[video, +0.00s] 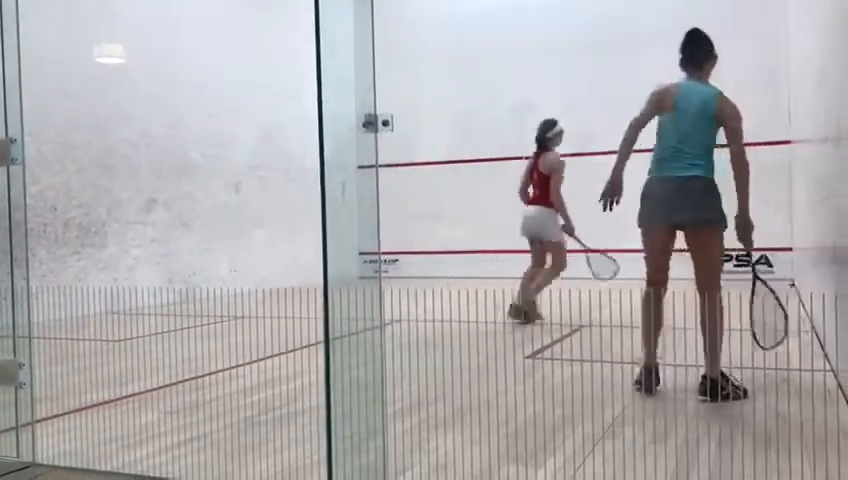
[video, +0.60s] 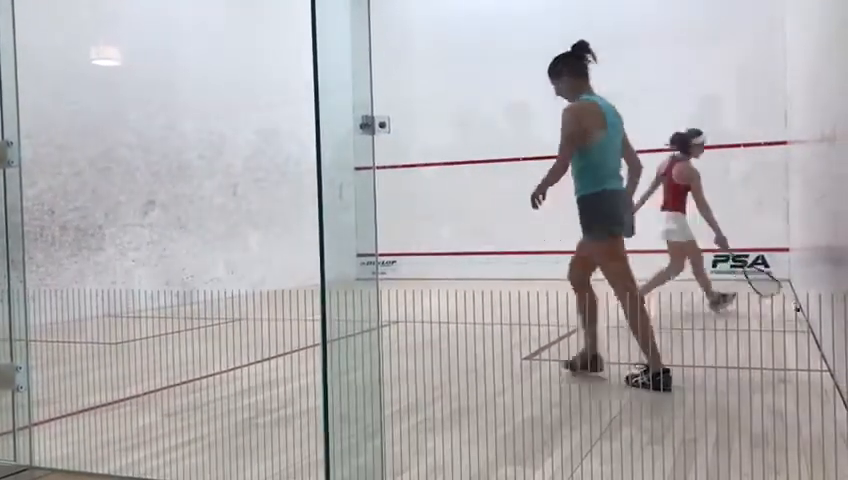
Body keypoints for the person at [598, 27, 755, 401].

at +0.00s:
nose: (714, 65)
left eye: (708, 61)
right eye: (714, 61)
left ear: (682, 62)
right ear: (712, 62)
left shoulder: (663, 94)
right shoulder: (723, 105)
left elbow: (634, 127)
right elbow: (739, 163)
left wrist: (615, 175)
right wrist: (744, 214)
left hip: (657, 196)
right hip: (700, 197)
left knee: (654, 284)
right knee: (709, 289)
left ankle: (648, 369)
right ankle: (713, 376)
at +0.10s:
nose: (682, 63)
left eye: (670, 58)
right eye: (689, 56)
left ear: (662, 59)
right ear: (695, 57)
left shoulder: (650, 94)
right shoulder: (712, 101)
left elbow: (634, 135)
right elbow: (726, 160)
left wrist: (621, 176)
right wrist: (729, 209)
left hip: (657, 195)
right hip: (700, 195)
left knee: (648, 284)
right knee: (707, 289)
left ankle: (656, 369)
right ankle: (716, 375)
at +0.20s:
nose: (663, 64)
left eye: (648, 62)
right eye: (672, 57)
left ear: (645, 62)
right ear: (675, 58)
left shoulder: (639, 97)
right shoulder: (697, 101)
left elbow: (622, 146)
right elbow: (709, 163)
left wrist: (612, 181)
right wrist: (706, 203)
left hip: (649, 197)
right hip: (690, 196)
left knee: (647, 285)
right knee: (704, 286)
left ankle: (658, 366)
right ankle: (721, 371)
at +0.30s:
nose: (625, 70)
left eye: (624, 65)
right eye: (630, 64)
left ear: (625, 65)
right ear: (655, 60)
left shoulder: (622, 102)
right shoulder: (678, 103)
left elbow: (610, 152)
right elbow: (692, 162)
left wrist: (598, 194)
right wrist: (678, 195)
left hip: (635, 204)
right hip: (676, 201)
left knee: (639, 293)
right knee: (692, 286)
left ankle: (658, 368)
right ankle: (717, 363)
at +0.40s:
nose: (603, 77)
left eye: (603, 71)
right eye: (603, 70)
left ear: (607, 69)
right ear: (632, 64)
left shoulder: (606, 103)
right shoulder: (657, 103)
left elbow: (595, 149)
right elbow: (675, 160)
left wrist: (582, 189)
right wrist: (660, 192)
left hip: (620, 202)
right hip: (657, 200)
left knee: (634, 292)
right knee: (660, 281)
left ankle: (657, 370)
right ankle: (695, 345)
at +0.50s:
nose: (580, 82)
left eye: (580, 74)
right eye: (578, 75)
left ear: (589, 70)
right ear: (606, 67)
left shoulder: (590, 105)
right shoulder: (633, 104)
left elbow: (582, 154)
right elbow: (655, 156)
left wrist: (565, 185)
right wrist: (646, 188)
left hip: (608, 200)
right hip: (637, 199)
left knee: (624, 279)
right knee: (613, 277)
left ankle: (653, 361)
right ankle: (654, 348)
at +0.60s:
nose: (554, 90)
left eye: (555, 82)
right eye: (553, 83)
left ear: (568, 77)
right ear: (583, 77)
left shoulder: (573, 112)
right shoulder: (609, 111)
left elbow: (564, 162)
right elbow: (635, 166)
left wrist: (541, 187)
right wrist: (626, 201)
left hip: (596, 205)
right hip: (617, 203)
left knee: (625, 288)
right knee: (578, 275)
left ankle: (655, 366)